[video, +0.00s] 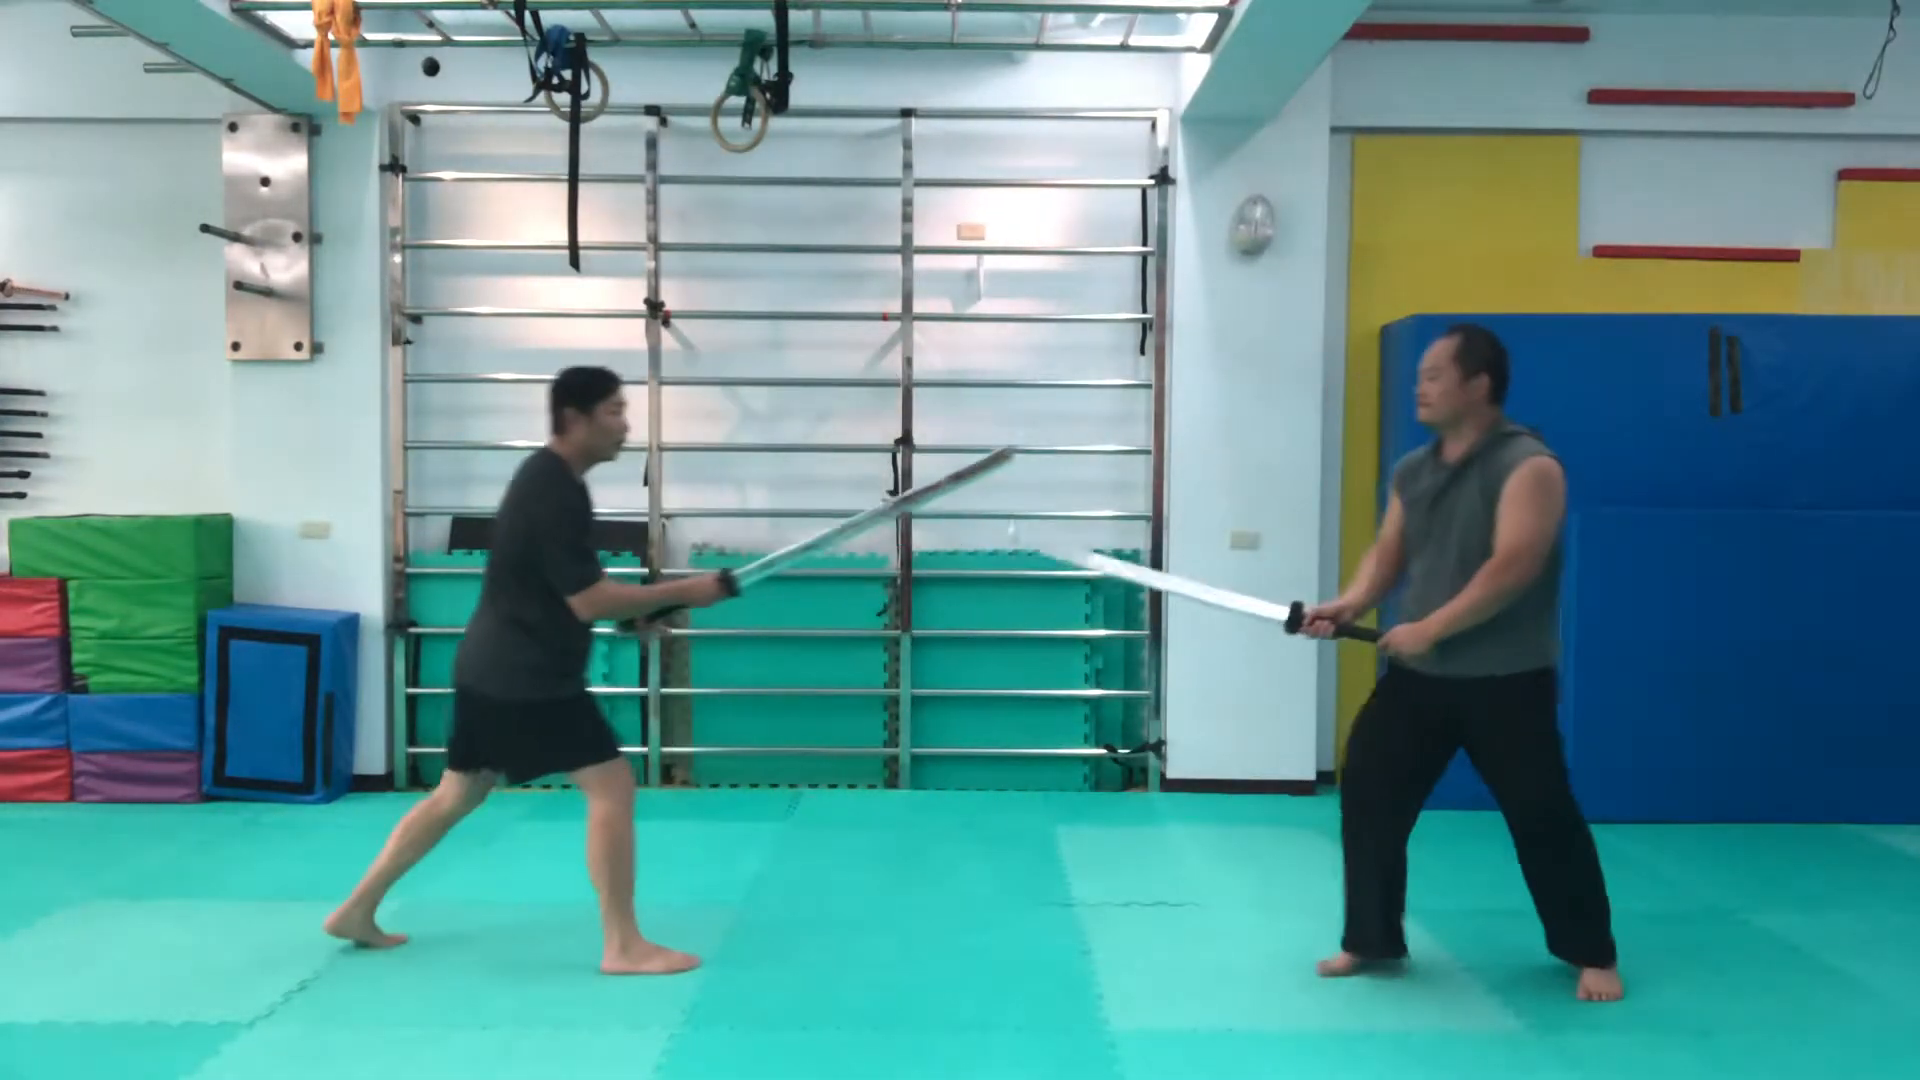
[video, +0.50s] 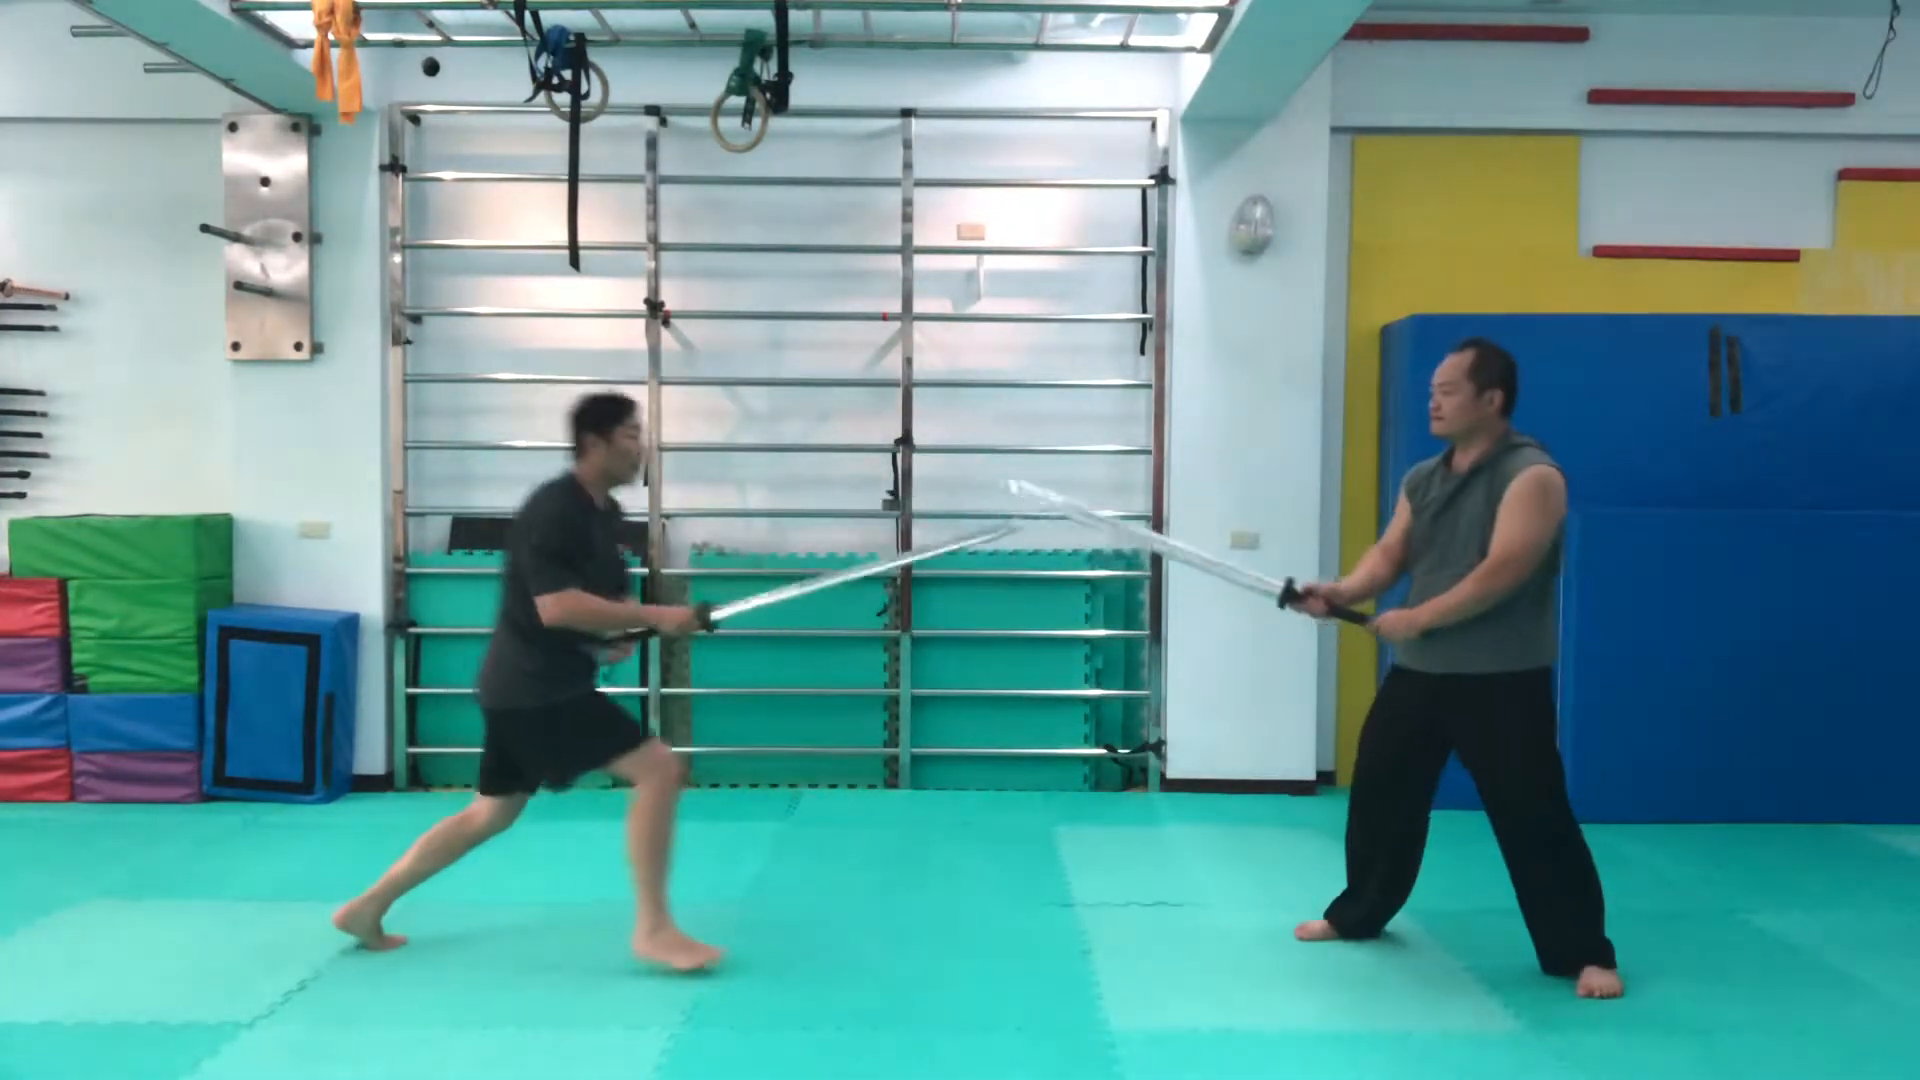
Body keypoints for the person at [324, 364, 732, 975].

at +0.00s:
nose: (625, 424)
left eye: (623, 412)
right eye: (614, 412)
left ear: (571, 421)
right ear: (573, 419)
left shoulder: (539, 477)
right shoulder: (557, 489)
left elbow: (559, 585)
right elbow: (588, 597)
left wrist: (630, 606)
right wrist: (682, 592)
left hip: (488, 673)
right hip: (534, 681)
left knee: (455, 793)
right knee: (611, 785)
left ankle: (355, 912)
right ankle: (623, 946)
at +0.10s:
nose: (601, 423)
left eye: (599, 411)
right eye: (589, 412)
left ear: (547, 421)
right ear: (549, 419)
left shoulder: (517, 476)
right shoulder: (533, 489)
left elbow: (537, 582)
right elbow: (566, 597)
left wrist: (602, 612)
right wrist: (658, 592)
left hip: (469, 672)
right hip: (512, 679)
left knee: (458, 793)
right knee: (586, 788)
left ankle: (356, 911)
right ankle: (621, 943)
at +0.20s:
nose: (590, 419)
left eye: (588, 407)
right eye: (578, 409)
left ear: (539, 420)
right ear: (536, 417)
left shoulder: (525, 479)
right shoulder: (518, 488)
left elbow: (548, 567)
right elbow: (549, 597)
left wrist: (592, 608)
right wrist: (646, 594)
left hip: (467, 671)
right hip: (501, 676)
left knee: (460, 794)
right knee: (578, 784)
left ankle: (357, 912)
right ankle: (616, 940)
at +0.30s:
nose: (593, 420)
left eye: (592, 409)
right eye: (582, 409)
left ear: (548, 420)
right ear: (541, 417)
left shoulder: (543, 483)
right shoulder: (516, 490)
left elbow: (554, 567)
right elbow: (540, 598)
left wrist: (590, 612)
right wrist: (641, 602)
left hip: (478, 668)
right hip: (502, 673)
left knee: (472, 796)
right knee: (585, 777)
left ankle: (361, 910)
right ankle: (617, 936)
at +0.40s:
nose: (609, 431)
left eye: (608, 419)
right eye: (597, 419)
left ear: (564, 429)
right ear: (558, 427)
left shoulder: (568, 495)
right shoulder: (525, 495)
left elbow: (570, 583)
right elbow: (538, 603)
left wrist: (599, 626)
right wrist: (641, 613)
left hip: (499, 677)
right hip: (511, 678)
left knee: (486, 804)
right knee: (613, 769)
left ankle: (365, 908)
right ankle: (622, 930)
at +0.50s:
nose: (642, 447)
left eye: (640, 435)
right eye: (632, 436)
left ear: (602, 445)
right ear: (595, 443)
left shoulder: (603, 515)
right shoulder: (553, 507)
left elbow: (589, 602)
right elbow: (555, 606)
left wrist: (612, 640)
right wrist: (657, 616)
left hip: (528, 689)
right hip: (538, 689)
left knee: (490, 813)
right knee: (659, 770)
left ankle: (365, 909)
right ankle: (653, 930)